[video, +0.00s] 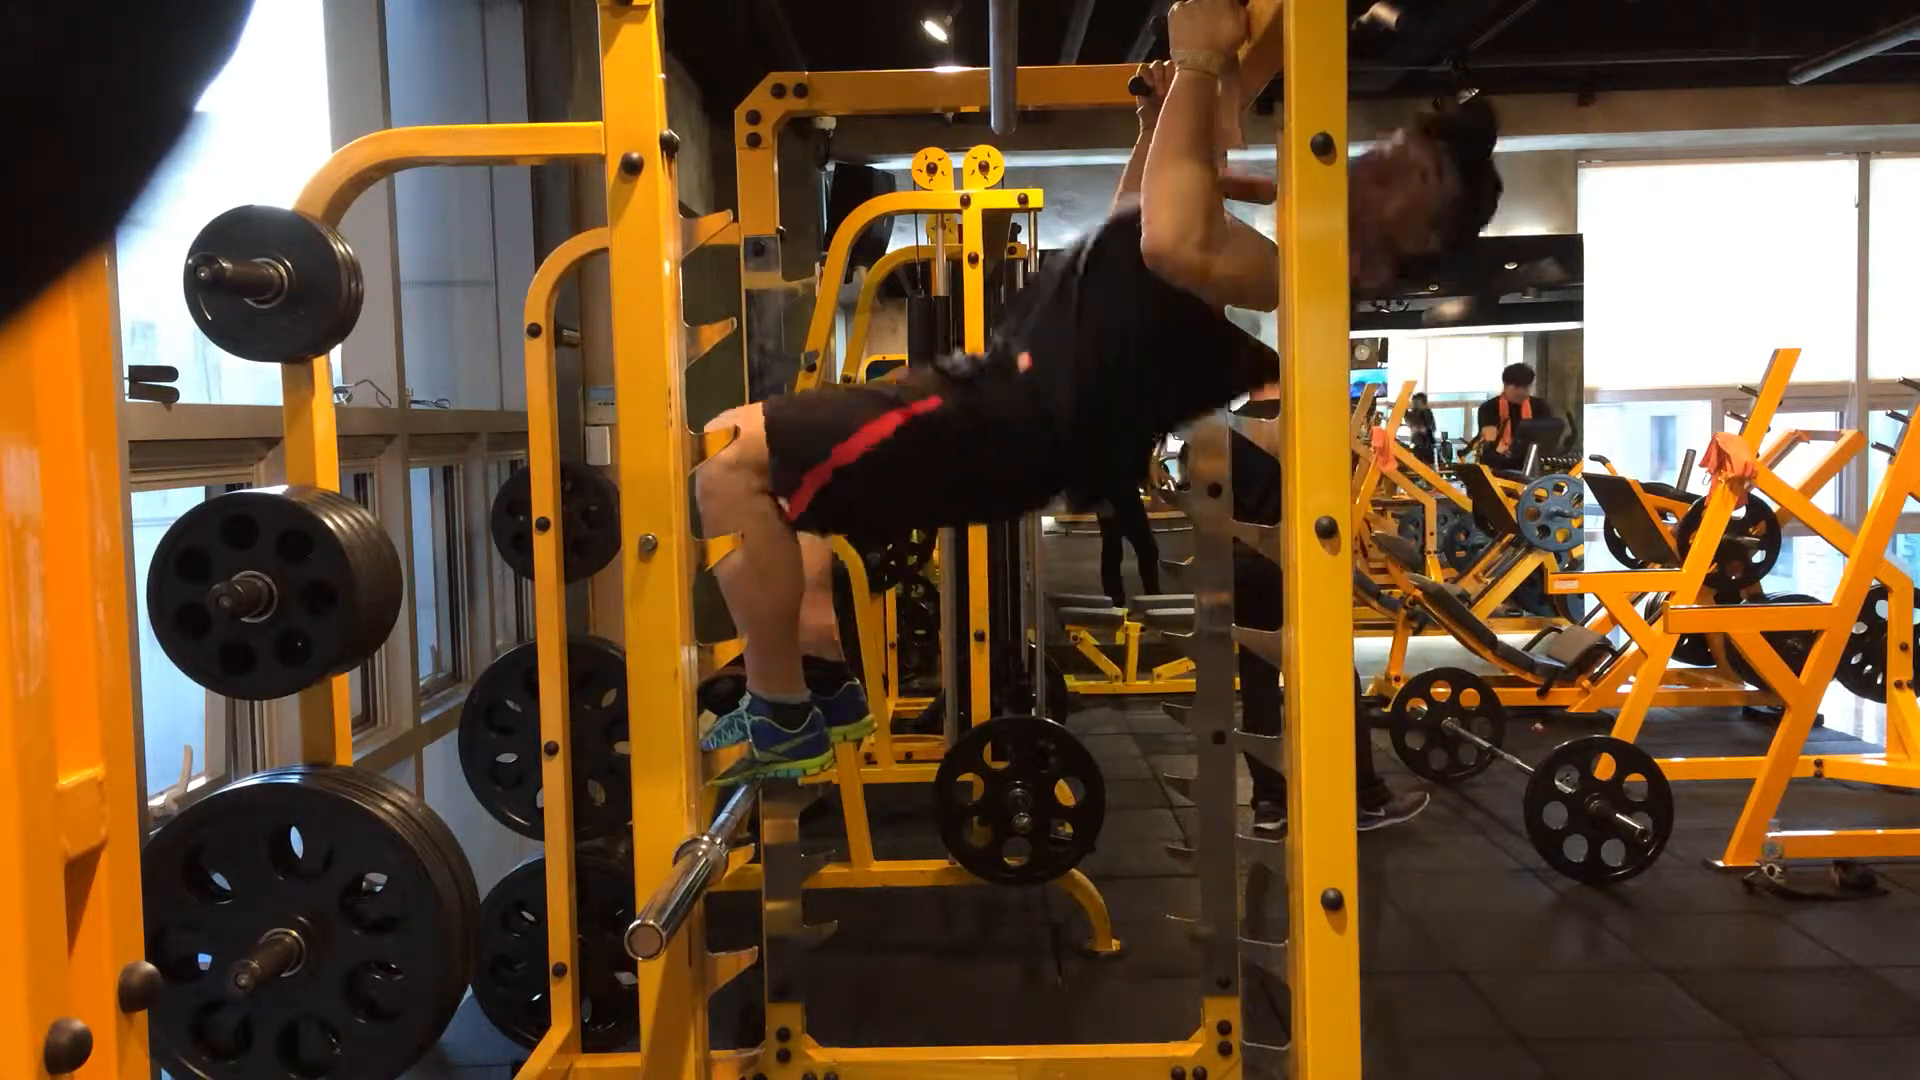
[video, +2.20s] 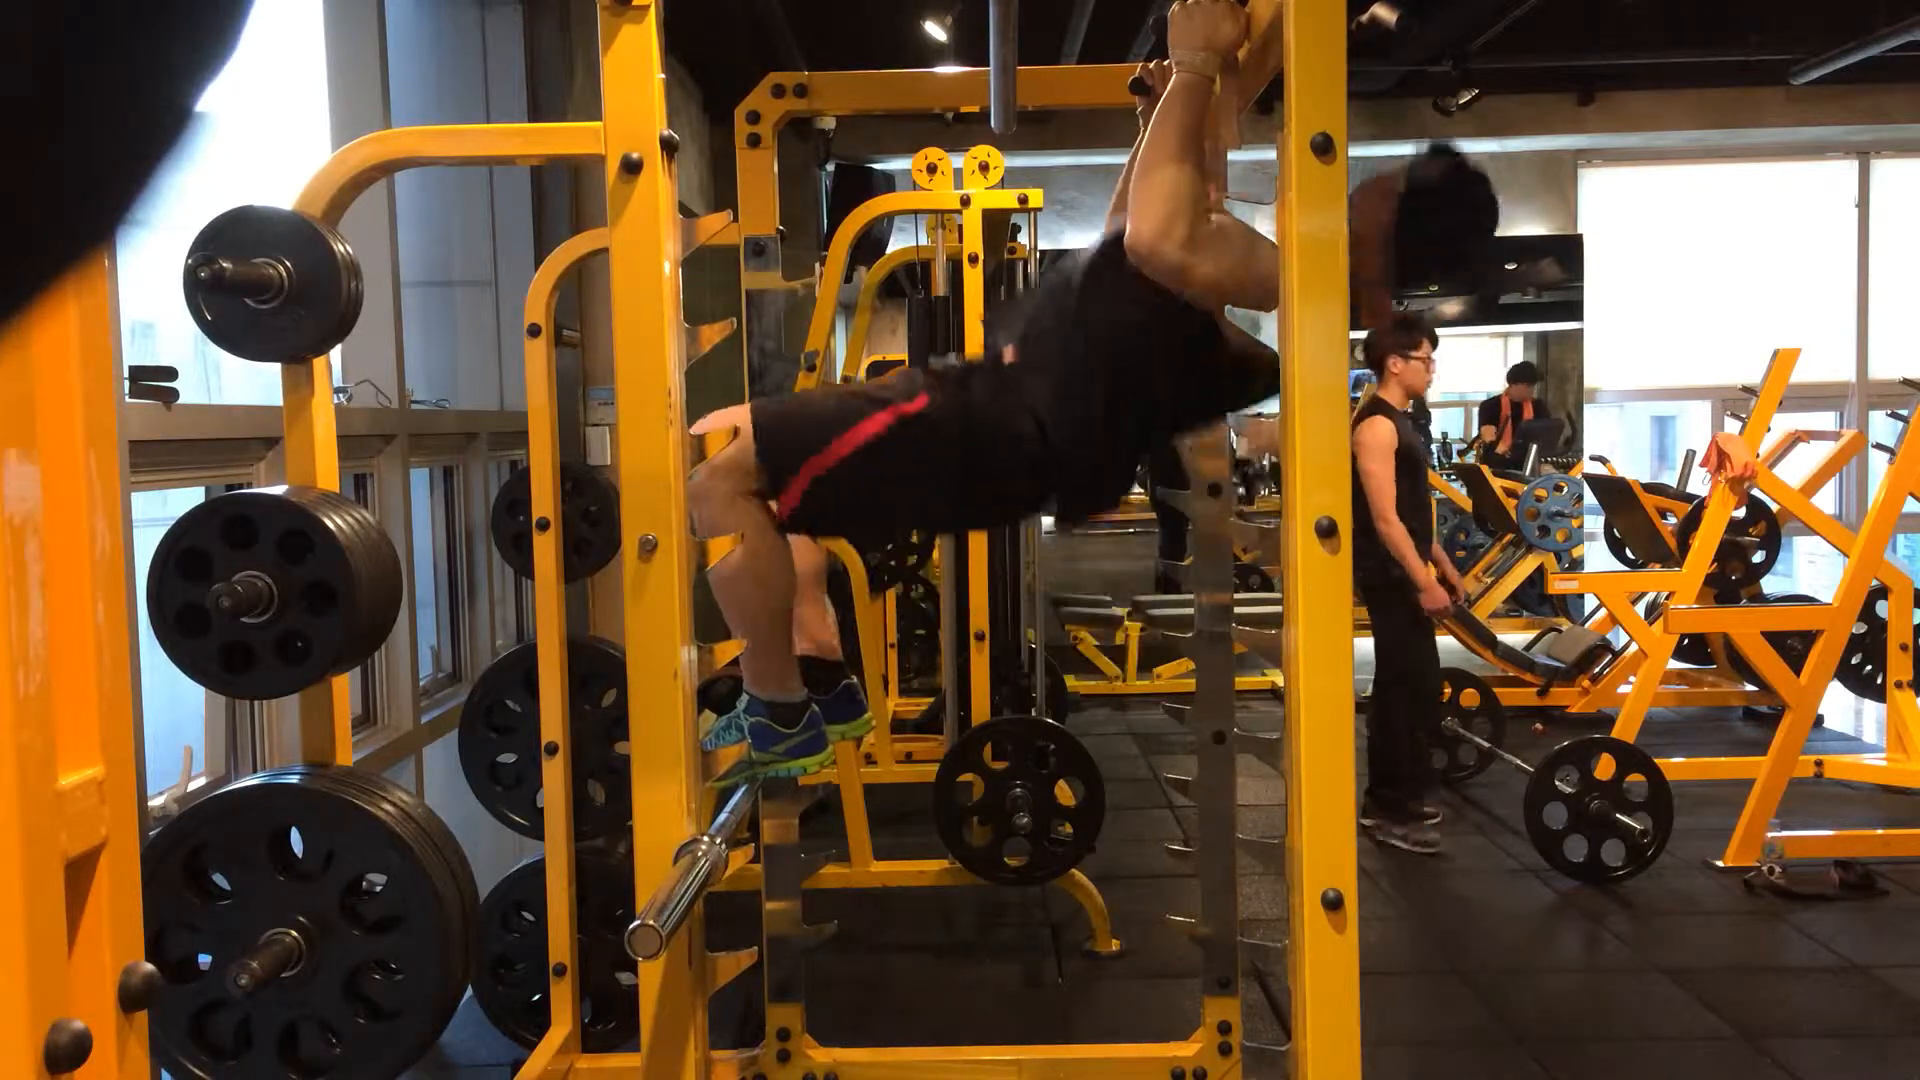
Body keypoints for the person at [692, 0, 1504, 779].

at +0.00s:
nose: (1376, 158)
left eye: (1403, 171)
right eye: (1391, 147)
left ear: (1415, 237)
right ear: (1369, 158)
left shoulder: (1326, 277)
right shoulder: (1310, 227)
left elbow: (1179, 244)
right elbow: (1142, 210)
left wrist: (1208, 66)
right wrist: (1187, 92)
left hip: (1020, 421)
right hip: (1007, 382)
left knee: (733, 474)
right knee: (746, 433)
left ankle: (782, 715)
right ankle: (822, 672)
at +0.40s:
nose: (1365, 153)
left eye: (1389, 164)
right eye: (1380, 145)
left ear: (1391, 253)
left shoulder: (1331, 283)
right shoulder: (1303, 267)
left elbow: (1187, 246)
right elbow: (1139, 247)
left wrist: (1204, 65)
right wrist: (1173, 106)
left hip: (1024, 454)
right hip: (1011, 423)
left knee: (739, 465)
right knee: (758, 439)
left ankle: (781, 713)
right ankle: (825, 673)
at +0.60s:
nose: (1318, 235)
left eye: (1351, 235)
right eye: (1341, 223)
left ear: (1381, 291)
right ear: (1365, 280)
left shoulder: (1302, 383)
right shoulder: (1256, 340)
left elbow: (1187, 262)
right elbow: (1134, 277)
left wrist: (1199, 73)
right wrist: (1158, 126)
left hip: (1017, 543)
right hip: (1003, 499)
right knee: (762, 440)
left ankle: (780, 713)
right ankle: (826, 675)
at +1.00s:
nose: (1352, 178)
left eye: (1378, 179)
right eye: (1367, 169)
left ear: (1397, 223)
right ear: (1379, 216)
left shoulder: (1316, 290)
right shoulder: (1306, 297)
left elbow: (1179, 245)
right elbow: (1140, 242)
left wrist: (1203, 69)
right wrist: (1176, 97)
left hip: (1003, 464)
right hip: (1010, 444)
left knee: (731, 475)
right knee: (749, 435)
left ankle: (780, 713)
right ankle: (821, 669)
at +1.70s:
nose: (1337, 282)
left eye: (1355, 277)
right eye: (1349, 274)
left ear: (1366, 308)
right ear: (1362, 318)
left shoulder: (1296, 398)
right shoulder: (1256, 368)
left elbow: (1199, 258)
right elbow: (1147, 278)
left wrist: (1205, 74)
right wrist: (1155, 132)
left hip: (1015, 552)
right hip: (1007, 514)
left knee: (744, 466)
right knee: (775, 441)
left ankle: (784, 712)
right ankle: (822, 668)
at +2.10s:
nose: (1353, 251)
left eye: (1376, 256)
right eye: (1368, 246)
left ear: (1391, 300)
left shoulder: (1329, 376)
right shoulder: (1310, 337)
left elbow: (1192, 269)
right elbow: (1139, 266)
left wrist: (1207, 70)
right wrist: (1169, 105)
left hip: (1019, 488)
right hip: (1008, 447)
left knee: (725, 487)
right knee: (729, 439)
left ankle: (776, 712)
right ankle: (821, 670)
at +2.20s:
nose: (1362, 180)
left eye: (1380, 185)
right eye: (1377, 177)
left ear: (1382, 217)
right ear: (1411, 262)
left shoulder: (1301, 281)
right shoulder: (1311, 278)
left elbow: (1164, 240)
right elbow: (1188, 213)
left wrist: (1199, 64)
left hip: (1018, 431)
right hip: (1013, 395)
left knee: (725, 483)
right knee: (729, 436)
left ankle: (776, 714)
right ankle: (819, 668)